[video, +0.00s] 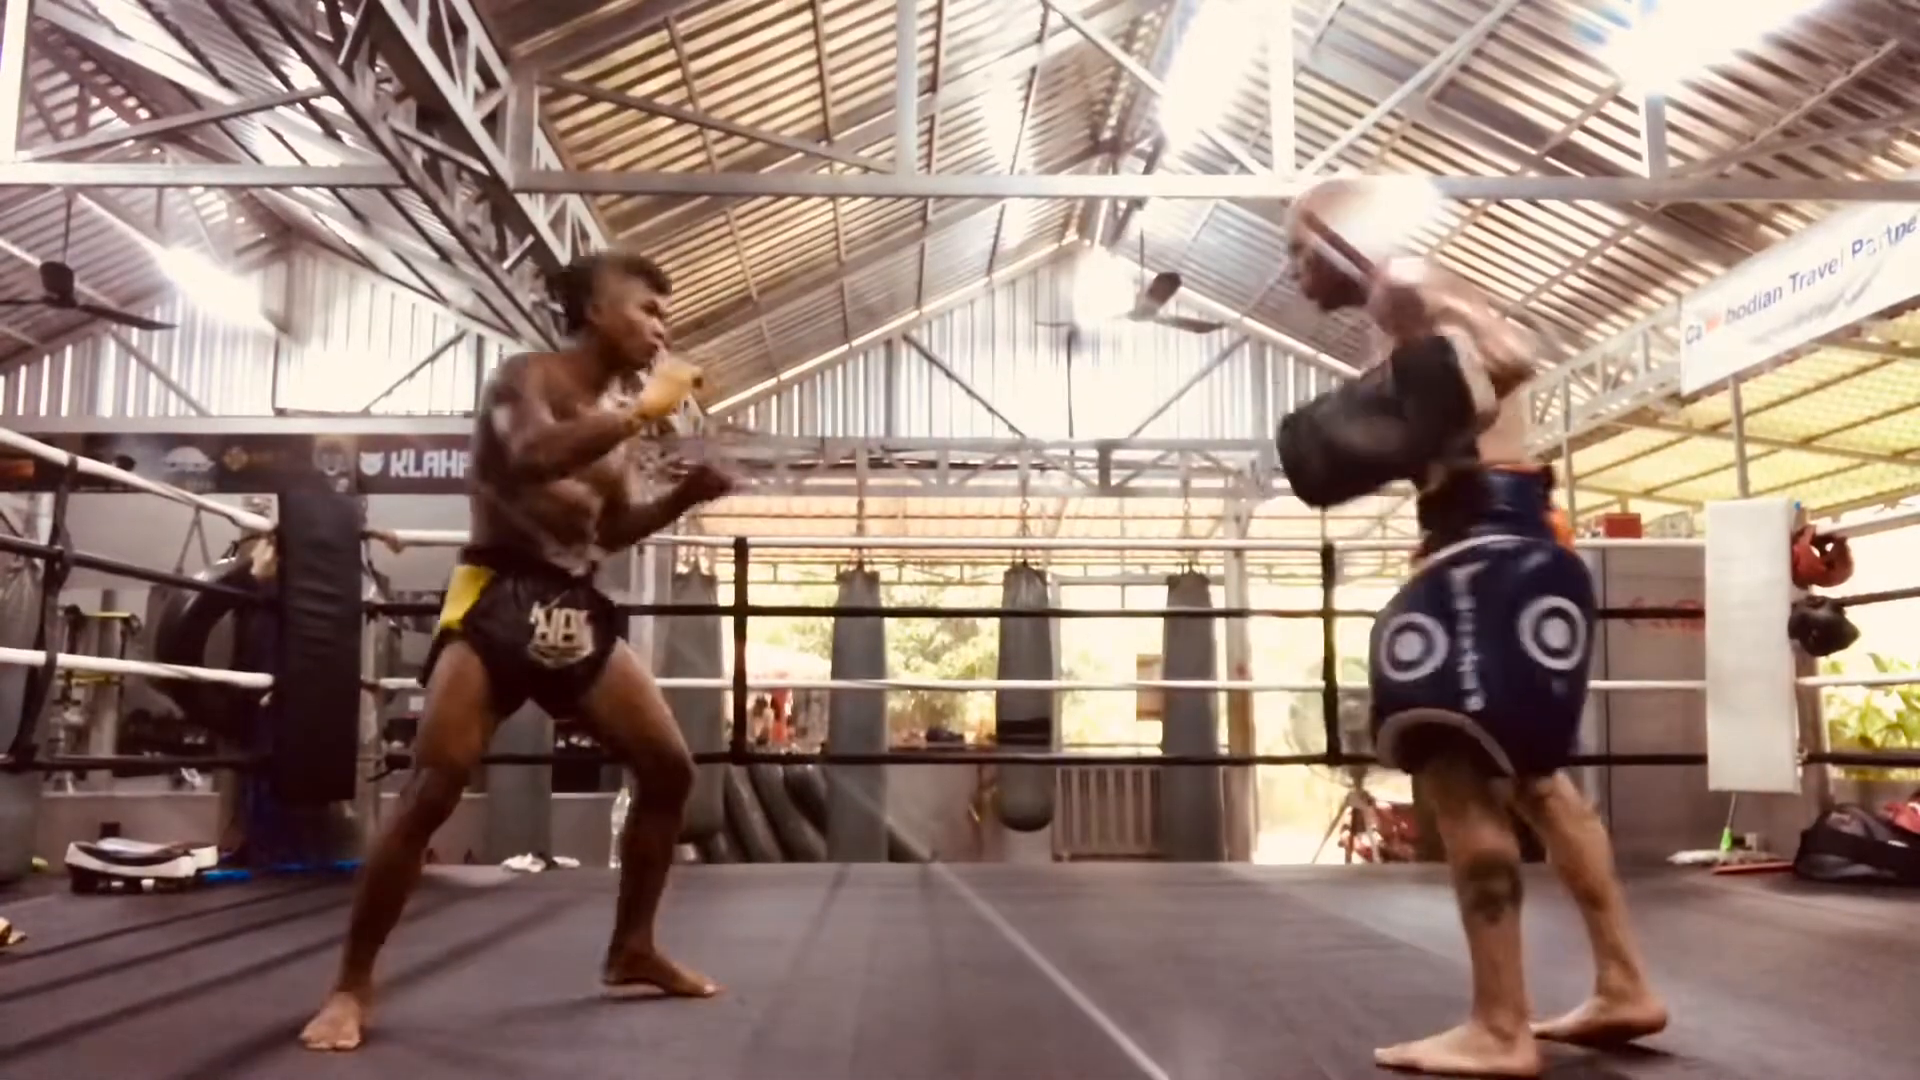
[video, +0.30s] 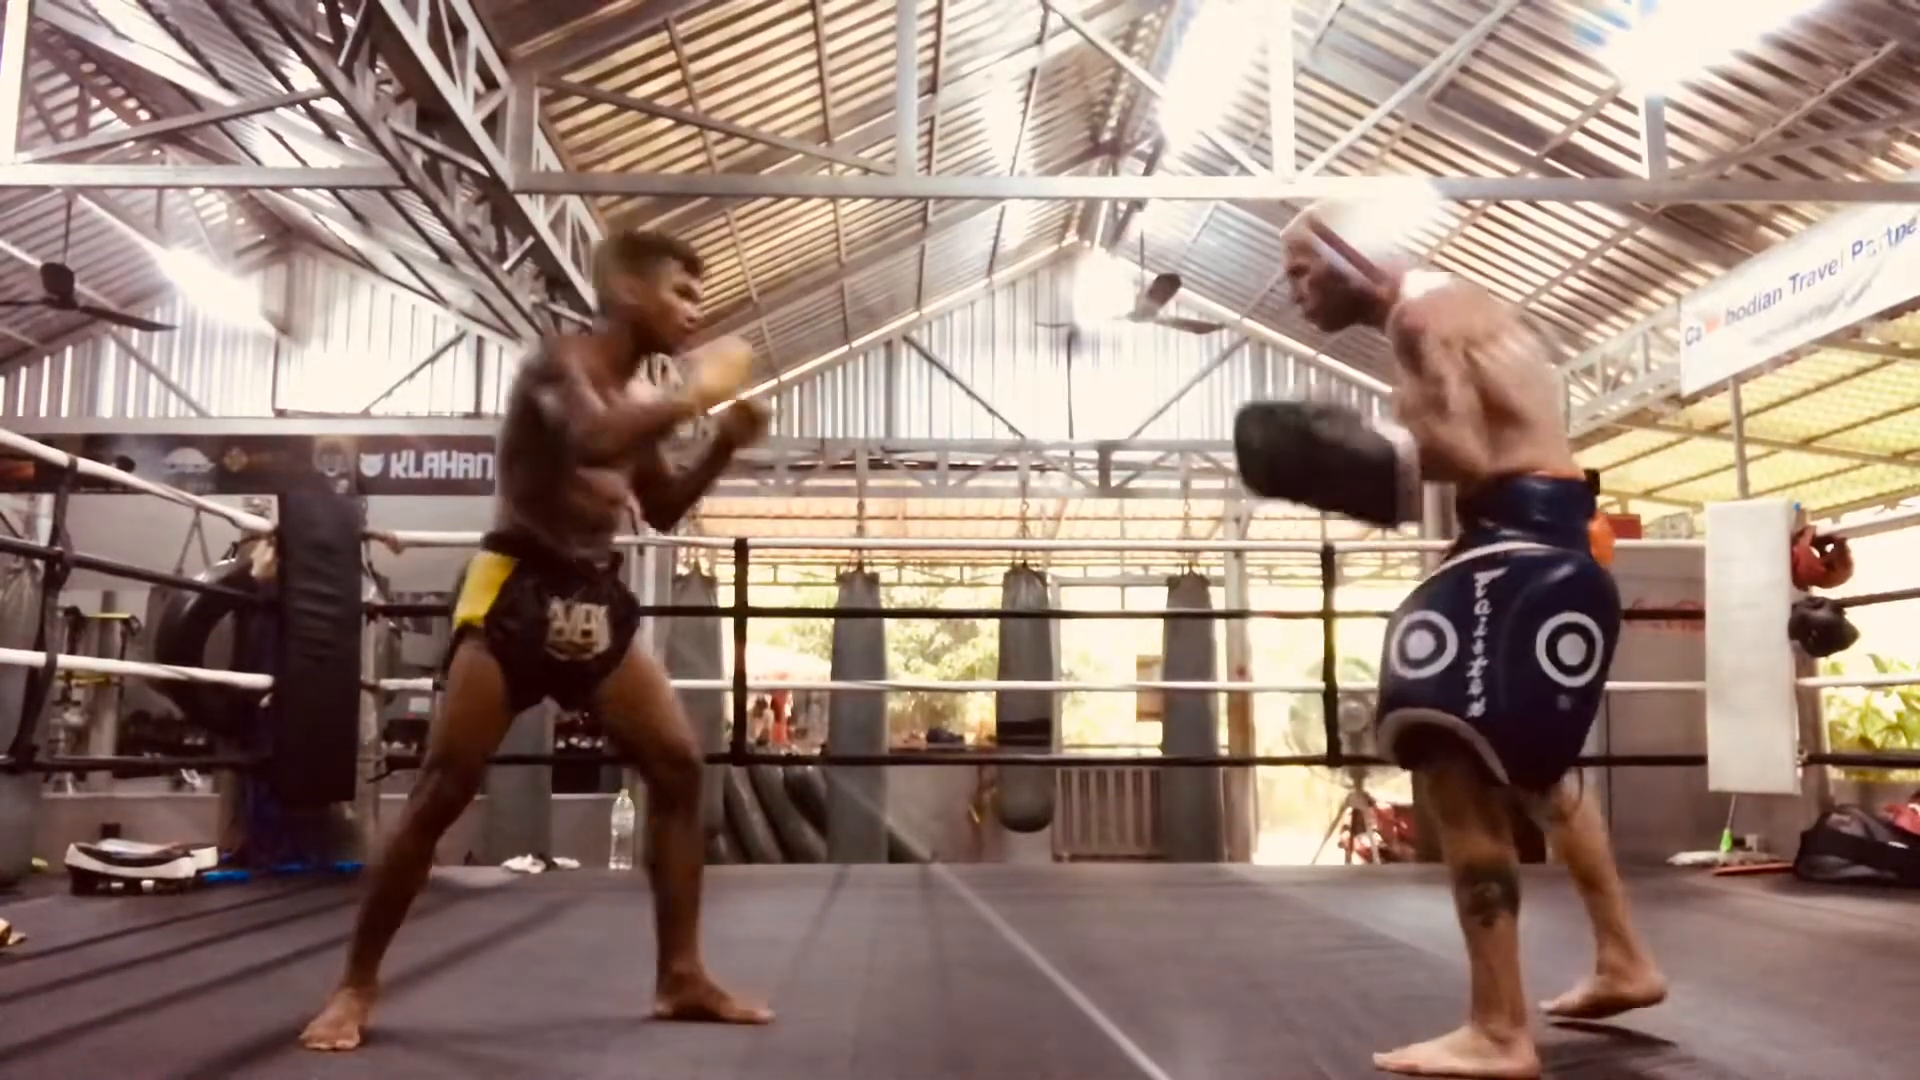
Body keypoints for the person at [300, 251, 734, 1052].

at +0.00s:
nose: (660, 321)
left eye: (661, 308)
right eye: (645, 304)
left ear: (642, 326)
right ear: (590, 309)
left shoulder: (619, 416)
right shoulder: (525, 375)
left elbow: (612, 531)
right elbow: (523, 458)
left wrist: (683, 497)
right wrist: (635, 413)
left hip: (579, 609)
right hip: (496, 597)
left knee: (669, 768)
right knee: (433, 791)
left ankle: (633, 950)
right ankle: (350, 989)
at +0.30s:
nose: (695, 306)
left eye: (697, 294)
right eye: (682, 289)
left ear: (656, 301)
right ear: (625, 284)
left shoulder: (634, 393)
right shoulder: (558, 358)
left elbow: (663, 508)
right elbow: (591, 432)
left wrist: (726, 447)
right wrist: (693, 397)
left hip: (597, 595)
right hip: (516, 585)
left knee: (678, 768)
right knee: (443, 792)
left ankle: (683, 977)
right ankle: (355, 989)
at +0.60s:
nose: (789, 354)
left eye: (792, 339)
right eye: (780, 334)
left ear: (745, 337)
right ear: (728, 327)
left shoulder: (738, 438)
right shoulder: (650, 384)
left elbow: (766, 529)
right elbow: (644, 482)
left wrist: (834, 504)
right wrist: (757, 497)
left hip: (654, 614)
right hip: (576, 592)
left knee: (738, 779)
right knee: (484, 776)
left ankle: (689, 975)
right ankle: (377, 966)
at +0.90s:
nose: (755, 315)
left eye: (758, 300)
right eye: (744, 295)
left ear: (704, 298)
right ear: (691, 289)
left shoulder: (680, 390)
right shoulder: (614, 351)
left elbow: (739, 483)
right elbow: (660, 426)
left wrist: (796, 414)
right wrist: (768, 391)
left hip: (617, 589)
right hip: (541, 573)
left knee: (690, 777)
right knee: (457, 785)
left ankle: (681, 978)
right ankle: (344, 999)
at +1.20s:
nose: (681, 283)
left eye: (683, 267)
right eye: (670, 262)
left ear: (641, 270)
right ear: (611, 255)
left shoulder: (618, 377)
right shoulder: (526, 321)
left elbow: (670, 483)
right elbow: (534, 409)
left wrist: (728, 424)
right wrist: (673, 394)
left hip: (566, 582)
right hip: (479, 568)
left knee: (650, 771)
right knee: (418, 798)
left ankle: (668, 980)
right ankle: (335, 1012)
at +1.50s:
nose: (710, 264)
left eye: (709, 250)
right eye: (696, 247)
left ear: (652, 254)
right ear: (643, 250)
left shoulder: (649, 337)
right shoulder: (618, 310)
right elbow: (756, 355)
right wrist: (765, 313)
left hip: (662, 576)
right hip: (599, 564)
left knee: (740, 792)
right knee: (594, 780)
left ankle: (638, 1008)